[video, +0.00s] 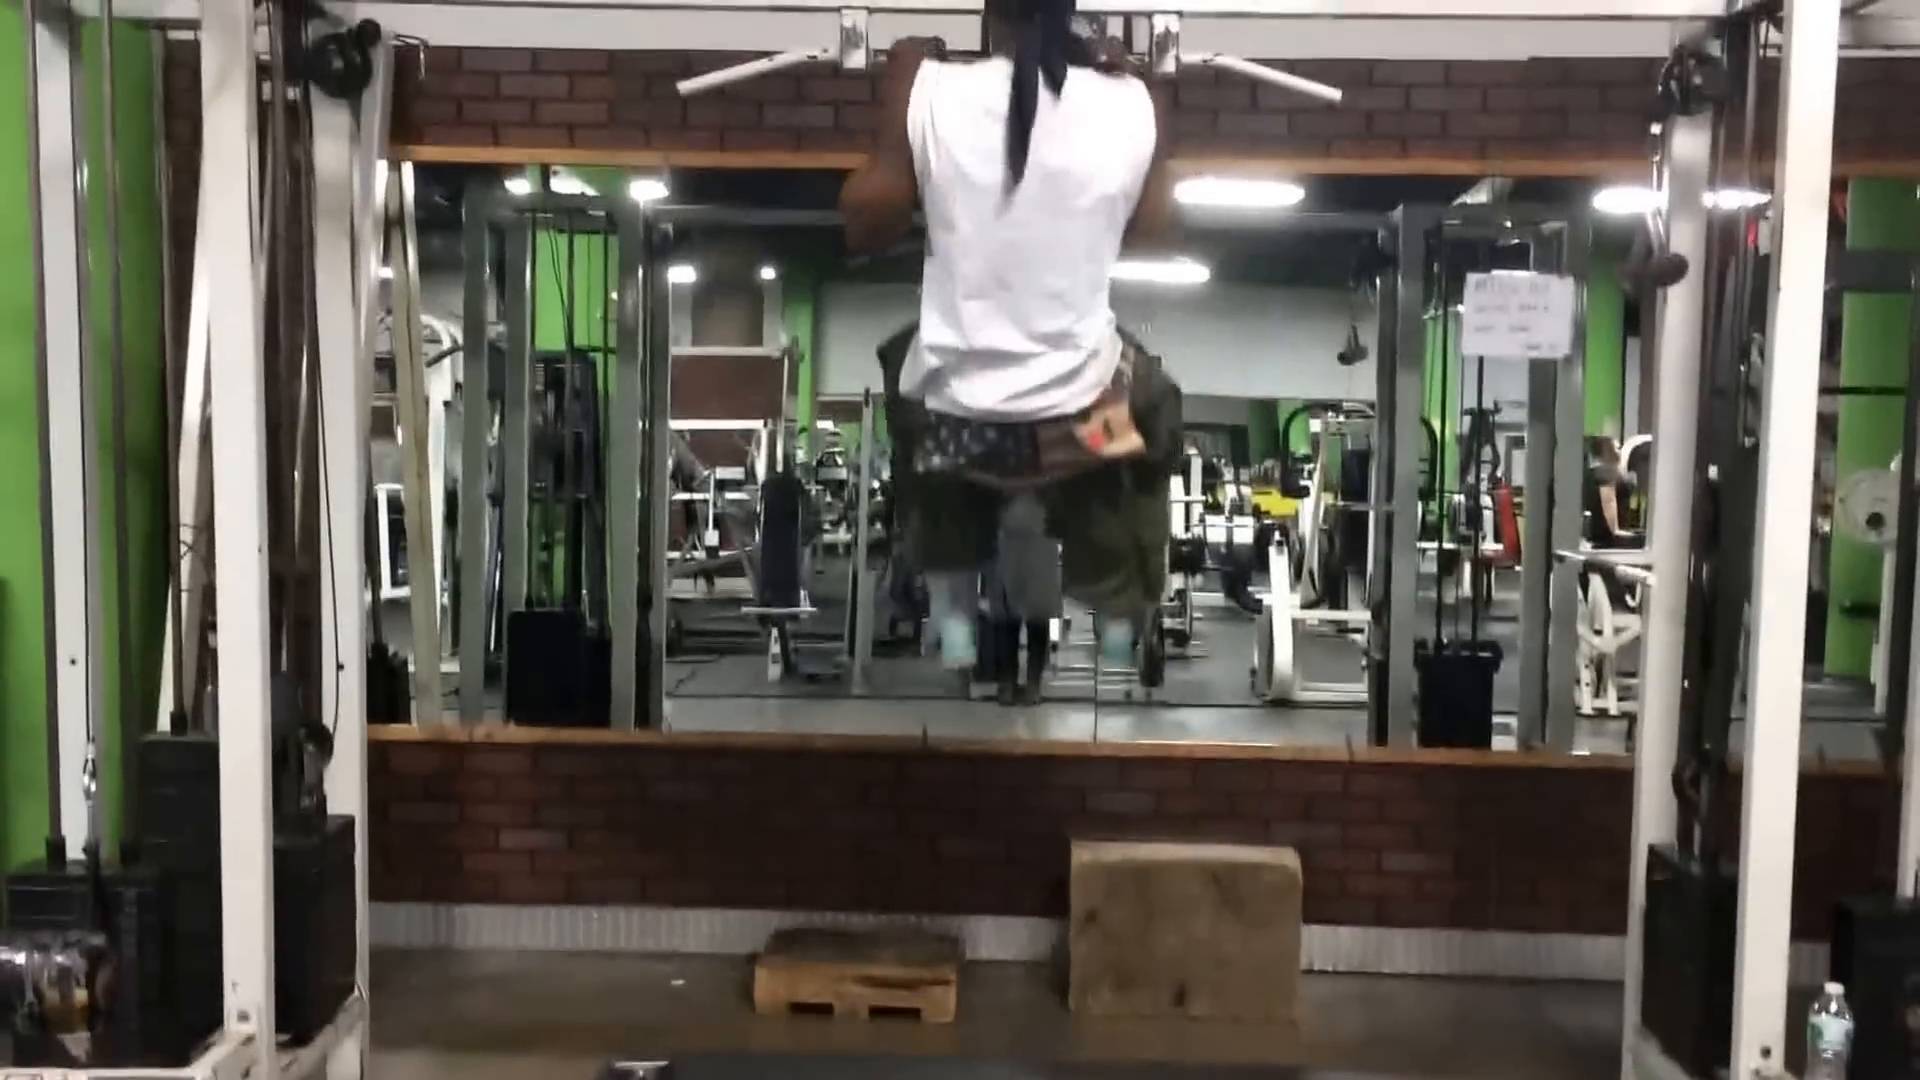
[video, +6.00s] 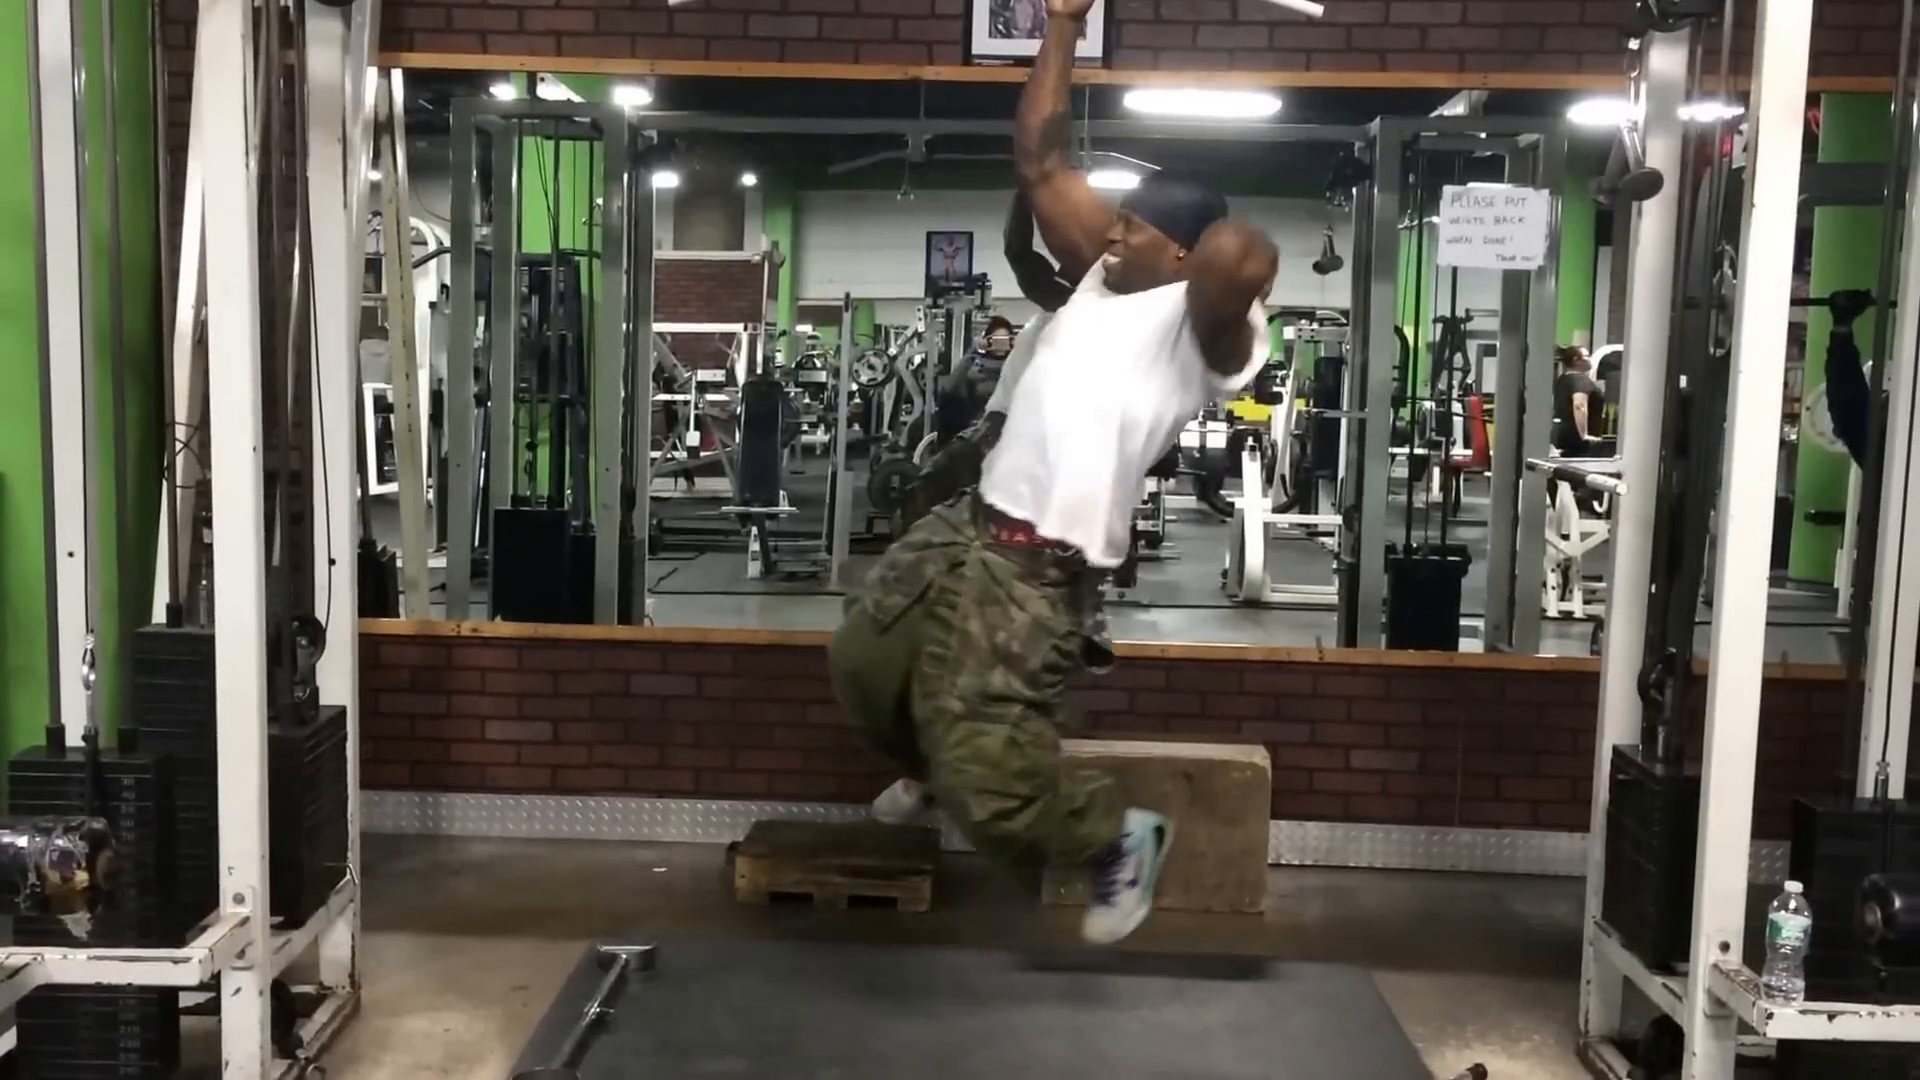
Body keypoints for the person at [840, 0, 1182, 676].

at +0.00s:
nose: (991, 18)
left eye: (991, 14)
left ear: (993, 18)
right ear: (1071, 18)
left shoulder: (935, 94)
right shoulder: (1128, 105)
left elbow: (867, 224)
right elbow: (1152, 227)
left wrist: (897, 101)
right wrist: (1129, 97)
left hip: (959, 412)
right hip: (1079, 409)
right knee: (1154, 400)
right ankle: (1122, 615)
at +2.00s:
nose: (1116, 247)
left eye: (1130, 238)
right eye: (1121, 234)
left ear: (1175, 252)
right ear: (1183, 251)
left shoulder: (1190, 341)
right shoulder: (1172, 300)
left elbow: (1078, 346)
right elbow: (1072, 180)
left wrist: (1149, 261)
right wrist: (1069, 53)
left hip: (1118, 592)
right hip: (1145, 573)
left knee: (1072, 802)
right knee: (1153, 709)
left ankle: (1249, 854)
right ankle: (1269, 784)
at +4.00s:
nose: (1171, 225)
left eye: (1194, 219)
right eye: (1174, 213)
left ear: (1232, 238)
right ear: (1164, 215)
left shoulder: (1233, 317)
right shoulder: (1131, 249)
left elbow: (1216, 256)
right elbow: (1045, 183)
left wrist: (1249, 214)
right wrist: (1058, 51)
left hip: (1085, 572)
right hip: (1015, 522)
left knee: (1017, 784)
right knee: (887, 643)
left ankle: (1172, 851)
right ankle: (938, 765)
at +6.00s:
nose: (1114, 231)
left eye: (1133, 227)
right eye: (1120, 221)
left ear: (1178, 251)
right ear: (1129, 233)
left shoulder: (1208, 335)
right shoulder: (1109, 264)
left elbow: (1227, 275)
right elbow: (1039, 151)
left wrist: (1238, 249)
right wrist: (1065, 23)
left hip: (1037, 577)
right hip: (965, 528)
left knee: (983, 784)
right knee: (864, 660)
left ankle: (1118, 840)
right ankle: (939, 773)